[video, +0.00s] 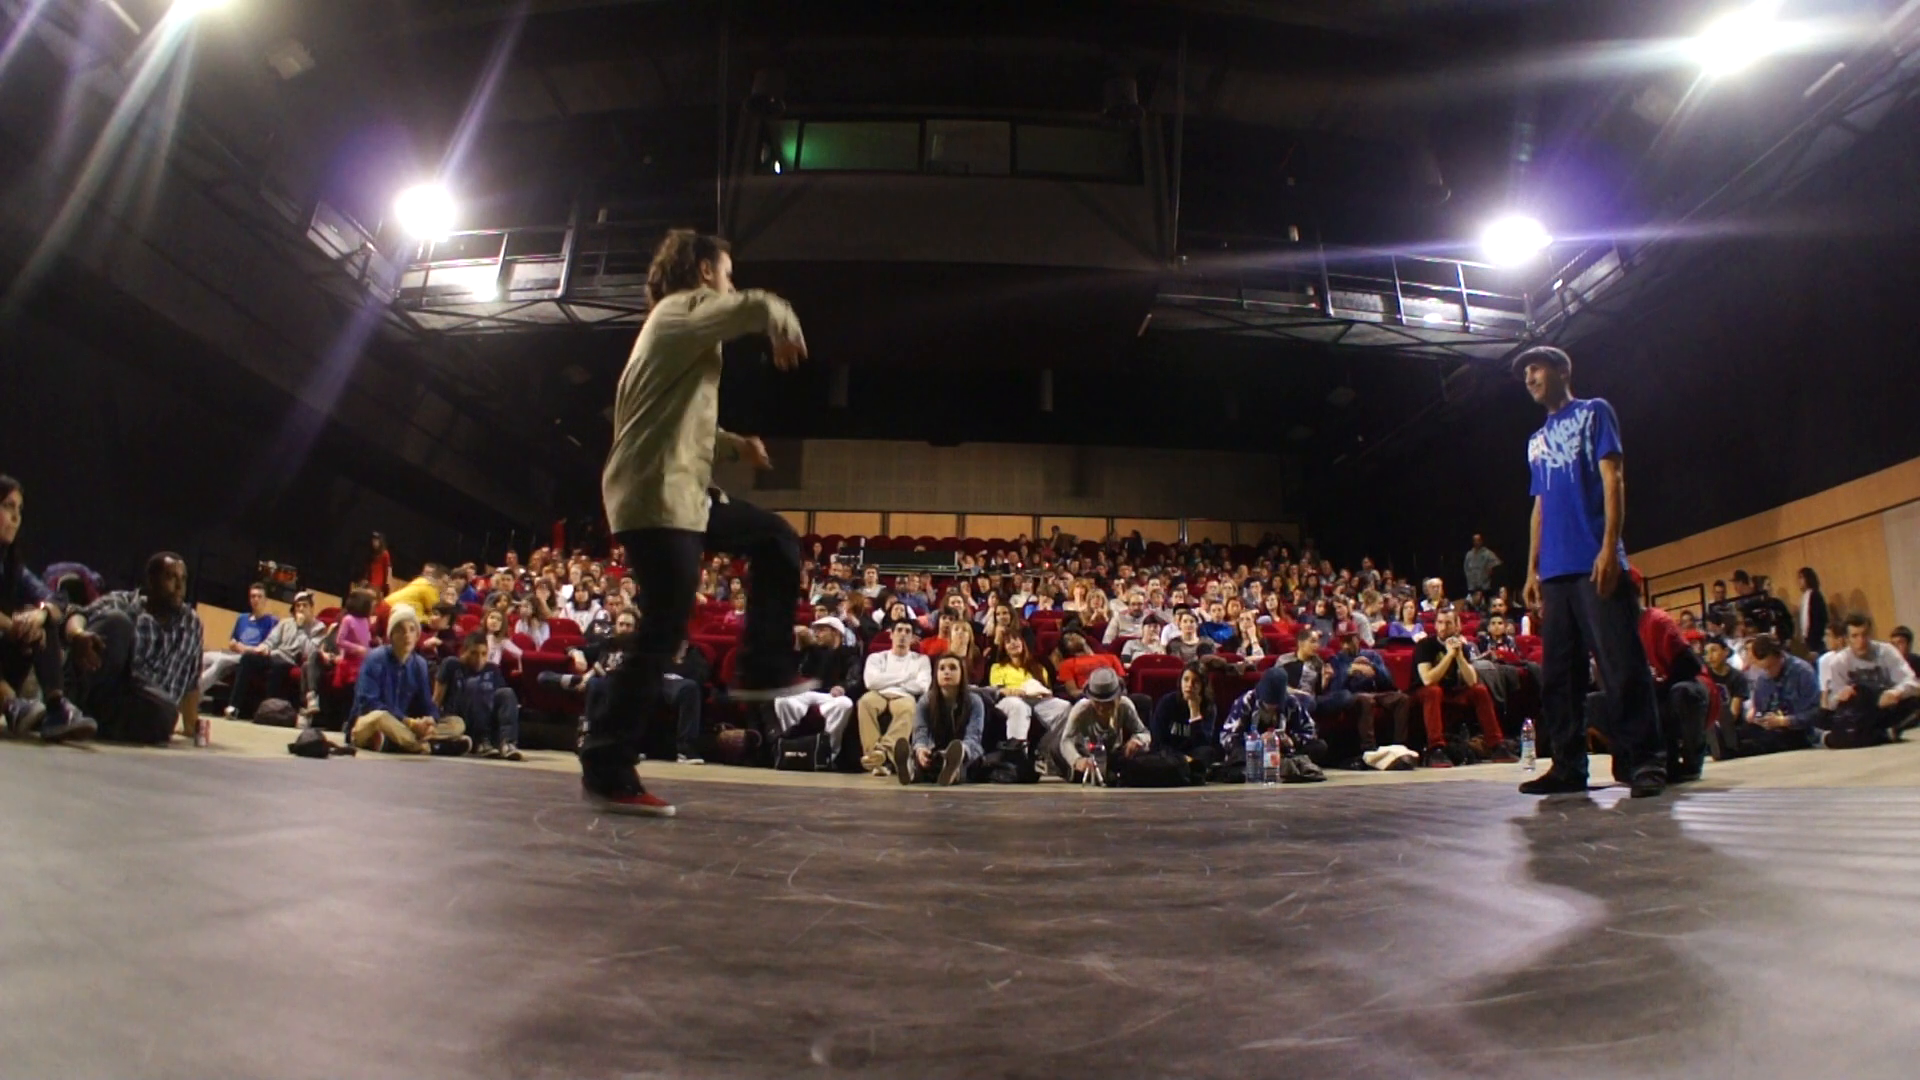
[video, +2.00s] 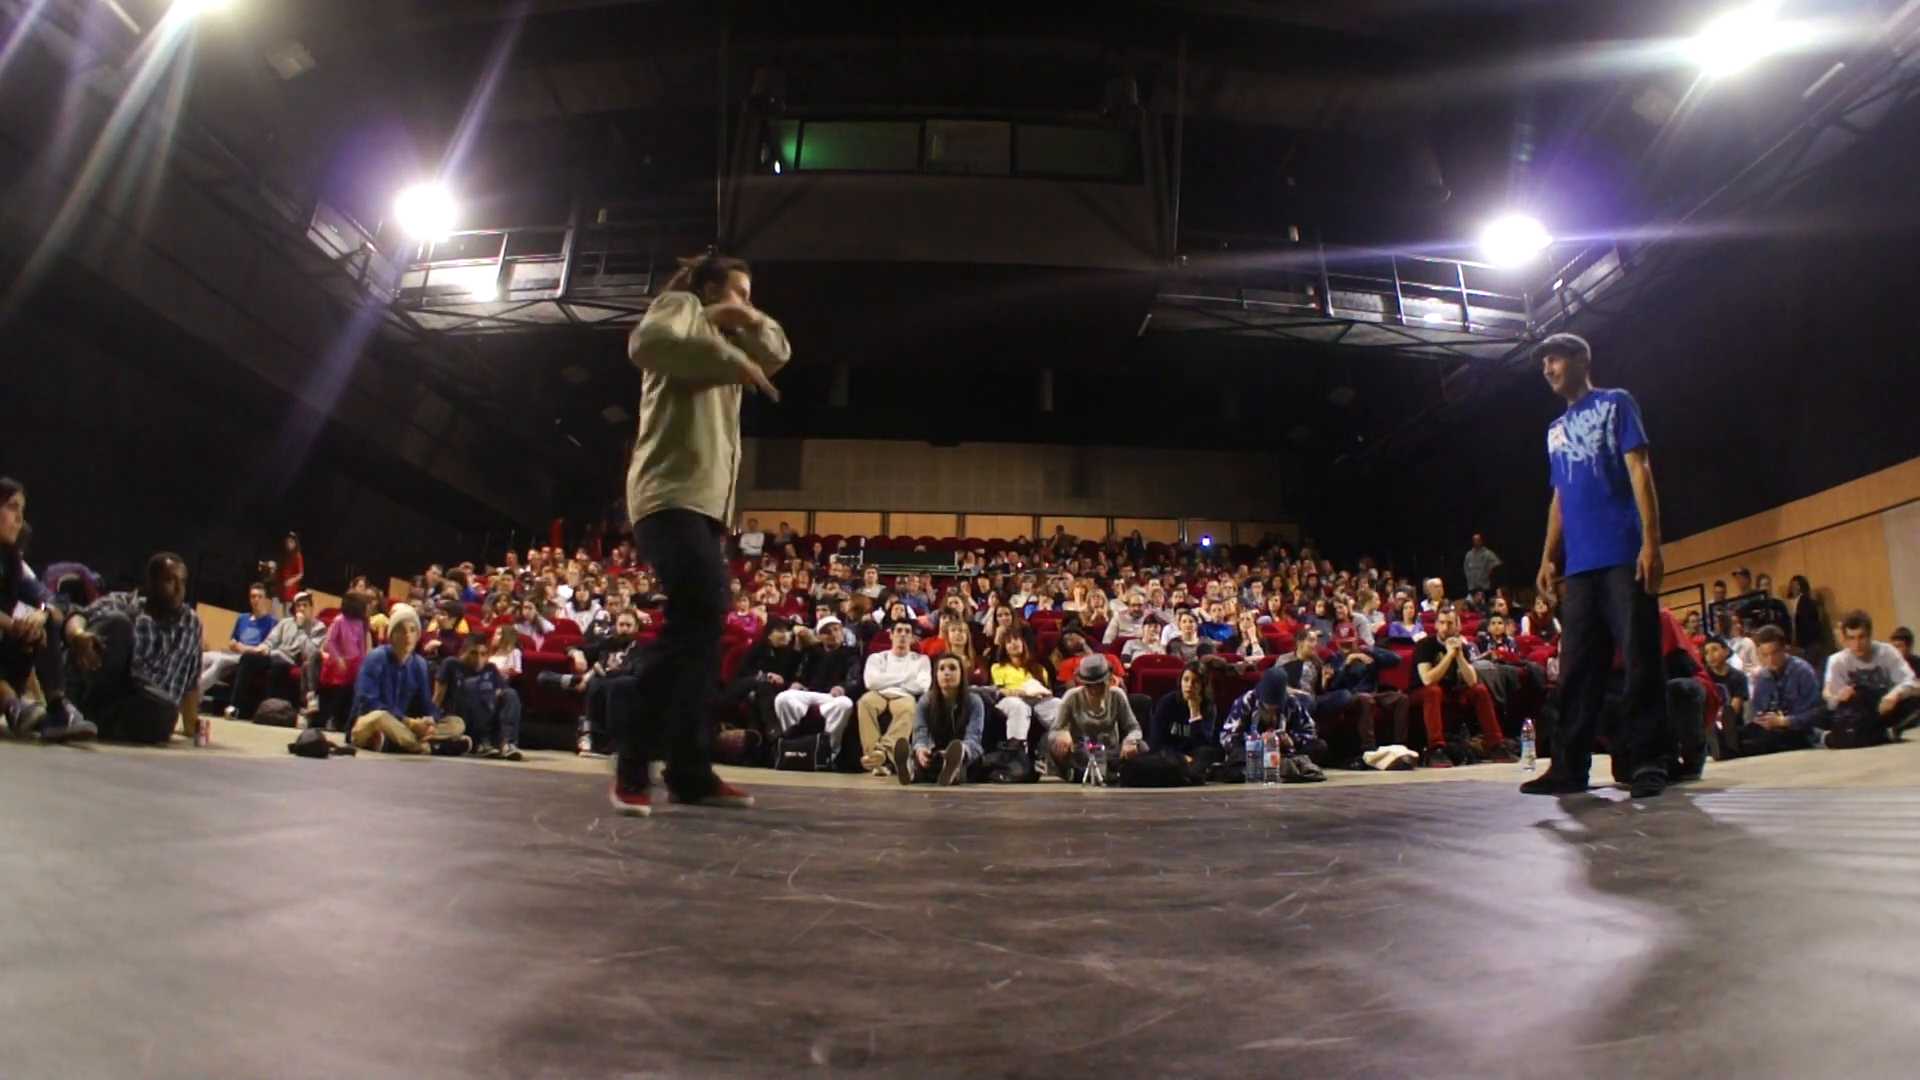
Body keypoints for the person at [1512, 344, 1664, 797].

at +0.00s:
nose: (1530, 379)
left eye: (1537, 370)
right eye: (1526, 375)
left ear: (1563, 372)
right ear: (1528, 385)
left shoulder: (1594, 411)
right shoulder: (1536, 442)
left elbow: (1614, 479)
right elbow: (1539, 507)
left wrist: (1610, 548)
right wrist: (1533, 569)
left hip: (1596, 566)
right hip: (1554, 574)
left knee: (1623, 669)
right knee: (1559, 674)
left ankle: (1646, 763)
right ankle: (1568, 766)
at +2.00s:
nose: (1548, 369)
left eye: (1556, 359)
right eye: (1545, 363)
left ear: (1582, 361)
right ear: (1547, 372)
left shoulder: (1615, 403)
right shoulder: (1556, 431)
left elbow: (1640, 470)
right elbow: (1559, 497)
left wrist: (1651, 542)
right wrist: (1549, 556)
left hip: (1623, 555)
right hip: (1579, 563)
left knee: (1640, 662)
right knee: (1578, 665)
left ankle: (1648, 764)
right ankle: (1569, 767)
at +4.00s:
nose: (1583, 356)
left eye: (1591, 345)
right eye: (1580, 350)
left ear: (1619, 348)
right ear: (1586, 361)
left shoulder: (1651, 391)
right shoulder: (1590, 421)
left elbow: (1674, 462)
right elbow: (1592, 489)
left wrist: (1675, 538)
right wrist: (1586, 554)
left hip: (1650, 551)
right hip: (1607, 559)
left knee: (1671, 661)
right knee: (1614, 665)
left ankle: (1692, 763)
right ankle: (1622, 764)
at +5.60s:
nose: (1575, 353)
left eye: (1584, 343)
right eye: (1572, 349)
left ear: (1612, 349)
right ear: (1575, 363)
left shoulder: (1643, 392)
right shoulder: (1579, 421)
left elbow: (1665, 461)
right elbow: (1582, 490)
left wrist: (1668, 536)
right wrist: (1576, 555)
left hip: (1645, 551)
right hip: (1600, 561)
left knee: (1669, 662)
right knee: (1612, 668)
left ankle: (1691, 764)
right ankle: (1622, 766)